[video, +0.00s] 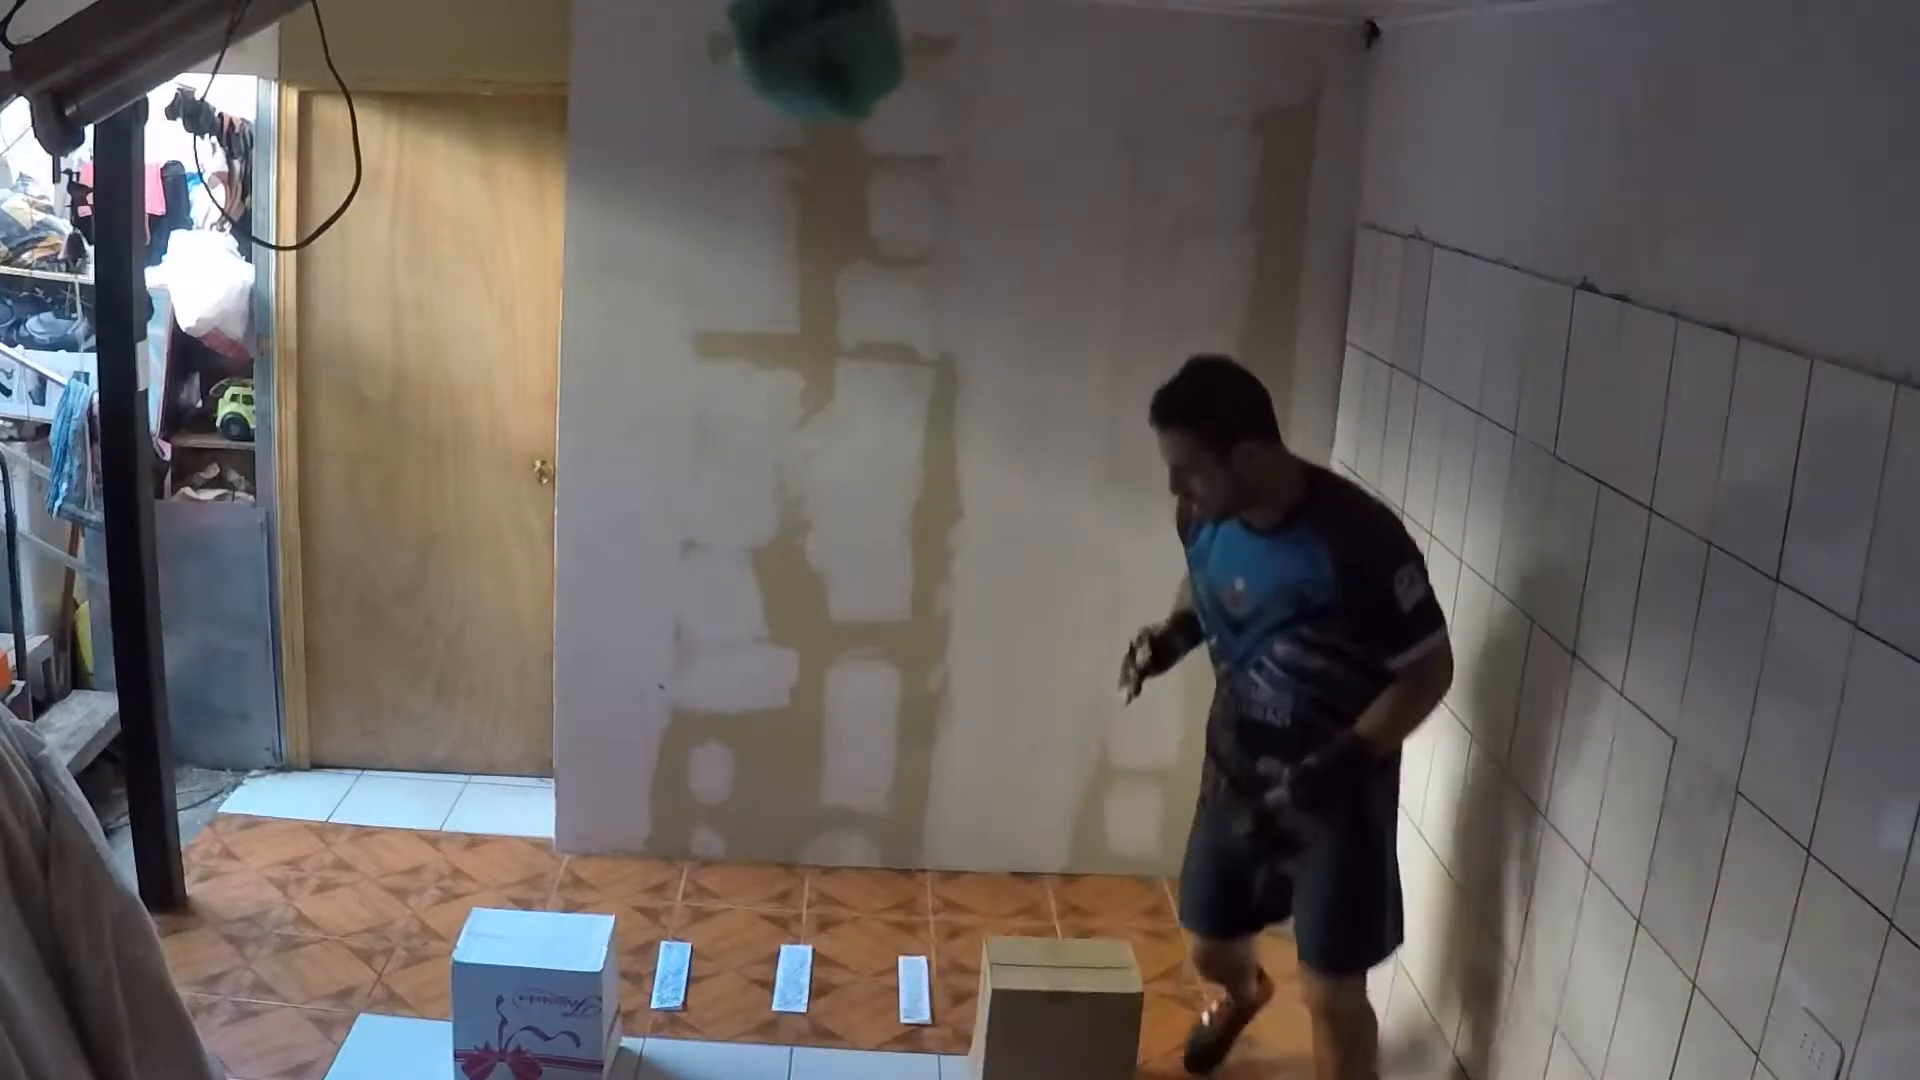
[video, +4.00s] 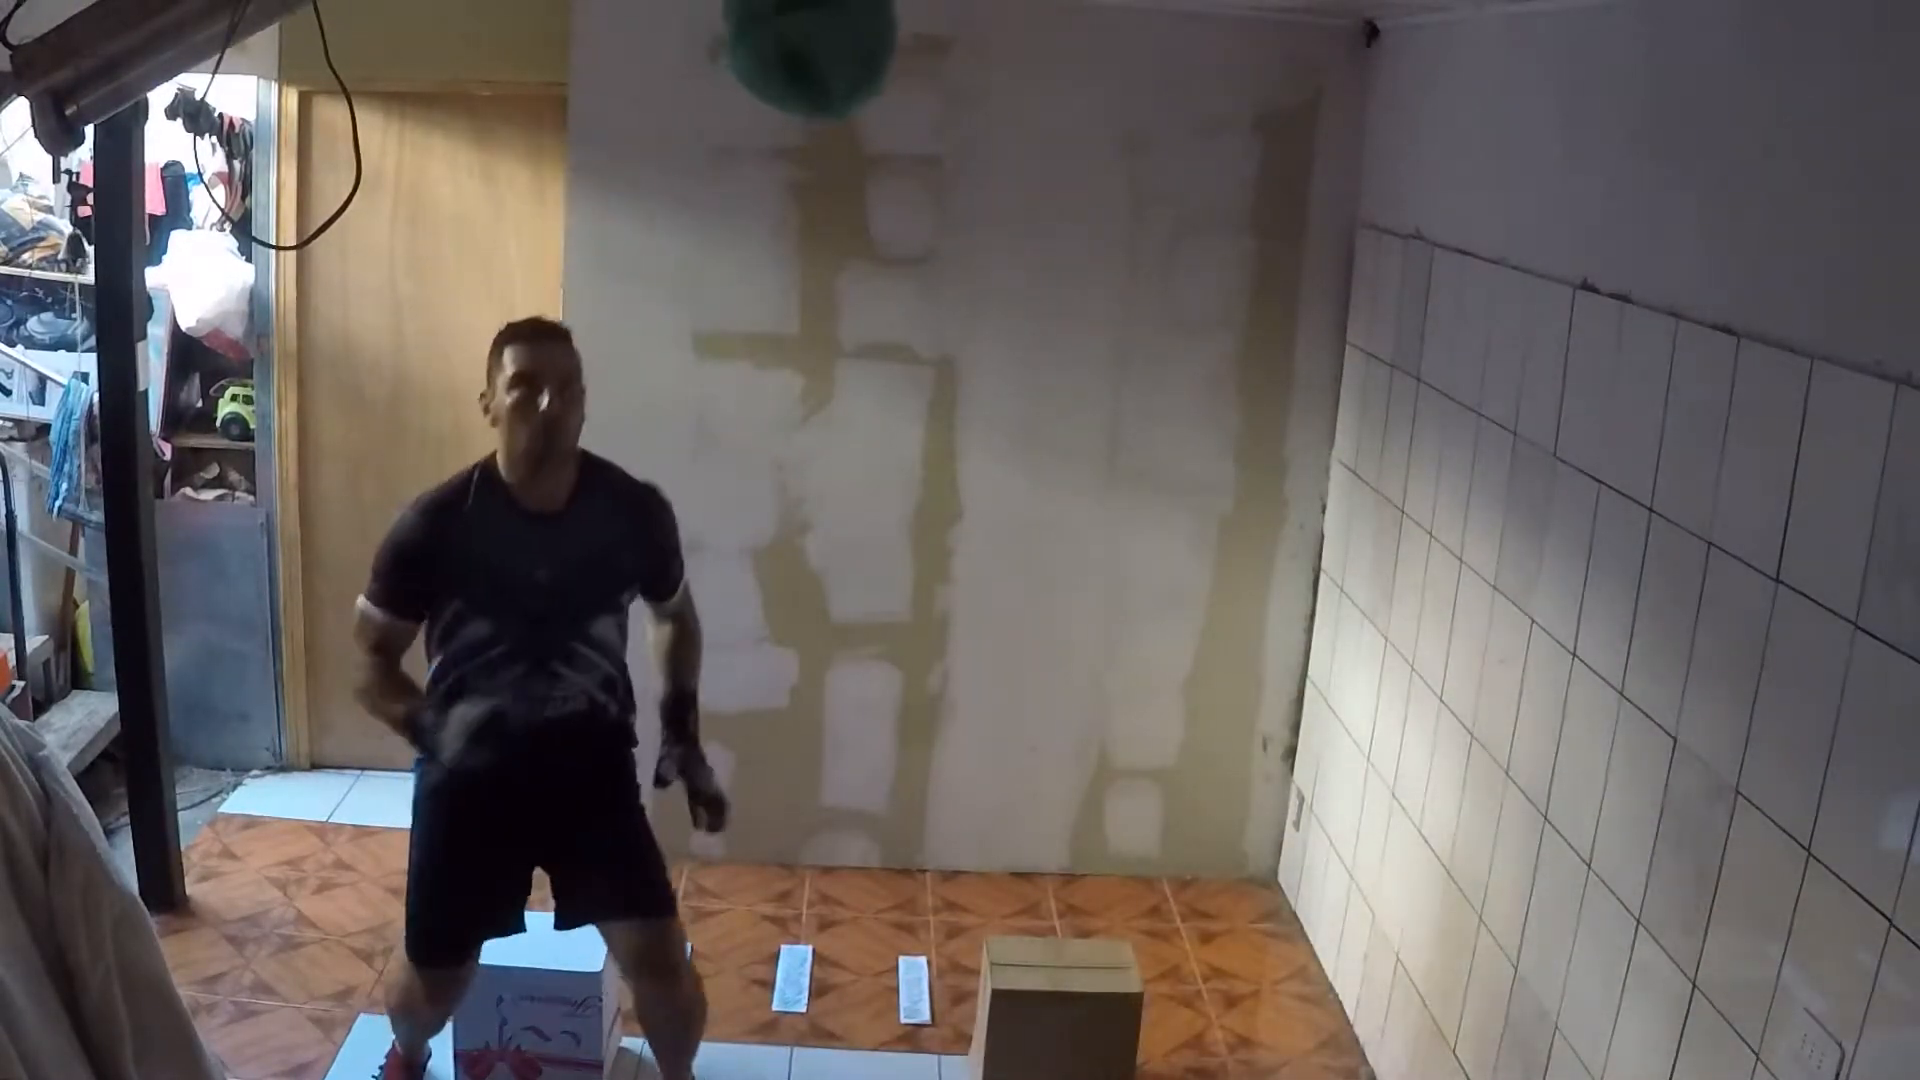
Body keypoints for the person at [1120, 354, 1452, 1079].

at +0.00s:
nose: (1179, 494)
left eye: (1187, 475)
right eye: (1172, 477)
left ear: (1243, 454)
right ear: (1234, 454)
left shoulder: (1361, 529)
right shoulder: (1203, 518)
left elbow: (1431, 669)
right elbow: (1222, 594)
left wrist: (1346, 755)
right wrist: (1173, 636)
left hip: (1336, 779)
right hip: (1235, 767)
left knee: (1332, 987)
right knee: (1213, 949)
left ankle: (1355, 1072)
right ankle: (1245, 996)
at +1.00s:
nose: (1092, 405)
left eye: (1107, 393)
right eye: (1080, 389)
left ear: (1139, 368)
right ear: (1062, 364)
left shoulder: (1197, 422)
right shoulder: (1033, 400)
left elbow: (1273, 523)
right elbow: (1013, 460)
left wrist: (1192, 577)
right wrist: (1010, 552)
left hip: (1154, 608)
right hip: (1061, 597)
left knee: (1146, 777)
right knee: (1004, 751)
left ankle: (1129, 893)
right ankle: (1040, 852)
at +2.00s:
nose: (822, 381)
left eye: (838, 369)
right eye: (811, 367)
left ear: (870, 346)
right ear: (796, 344)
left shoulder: (918, 393)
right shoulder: (776, 380)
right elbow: (750, 422)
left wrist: (920, 545)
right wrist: (757, 503)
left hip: (895, 581)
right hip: (806, 567)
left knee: (887, 751)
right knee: (744, 669)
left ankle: (890, 885)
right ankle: (777, 783)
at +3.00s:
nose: (555, 443)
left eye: (573, 426)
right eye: (540, 425)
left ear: (603, 412)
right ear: (522, 413)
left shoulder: (657, 470)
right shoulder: (491, 476)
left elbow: (710, 551)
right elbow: (443, 552)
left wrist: (684, 653)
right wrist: (443, 654)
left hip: (627, 649)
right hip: (528, 648)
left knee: (639, 821)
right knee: (501, 812)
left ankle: (616, 917)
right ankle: (519, 926)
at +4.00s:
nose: (544, 403)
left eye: (562, 388)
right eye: (525, 386)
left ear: (583, 402)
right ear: (489, 403)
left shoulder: (633, 510)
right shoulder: (435, 523)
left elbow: (677, 620)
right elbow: (373, 664)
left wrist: (683, 740)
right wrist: (446, 738)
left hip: (590, 769)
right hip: (471, 775)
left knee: (658, 962)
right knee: (429, 985)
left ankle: (679, 1075)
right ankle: (405, 1058)